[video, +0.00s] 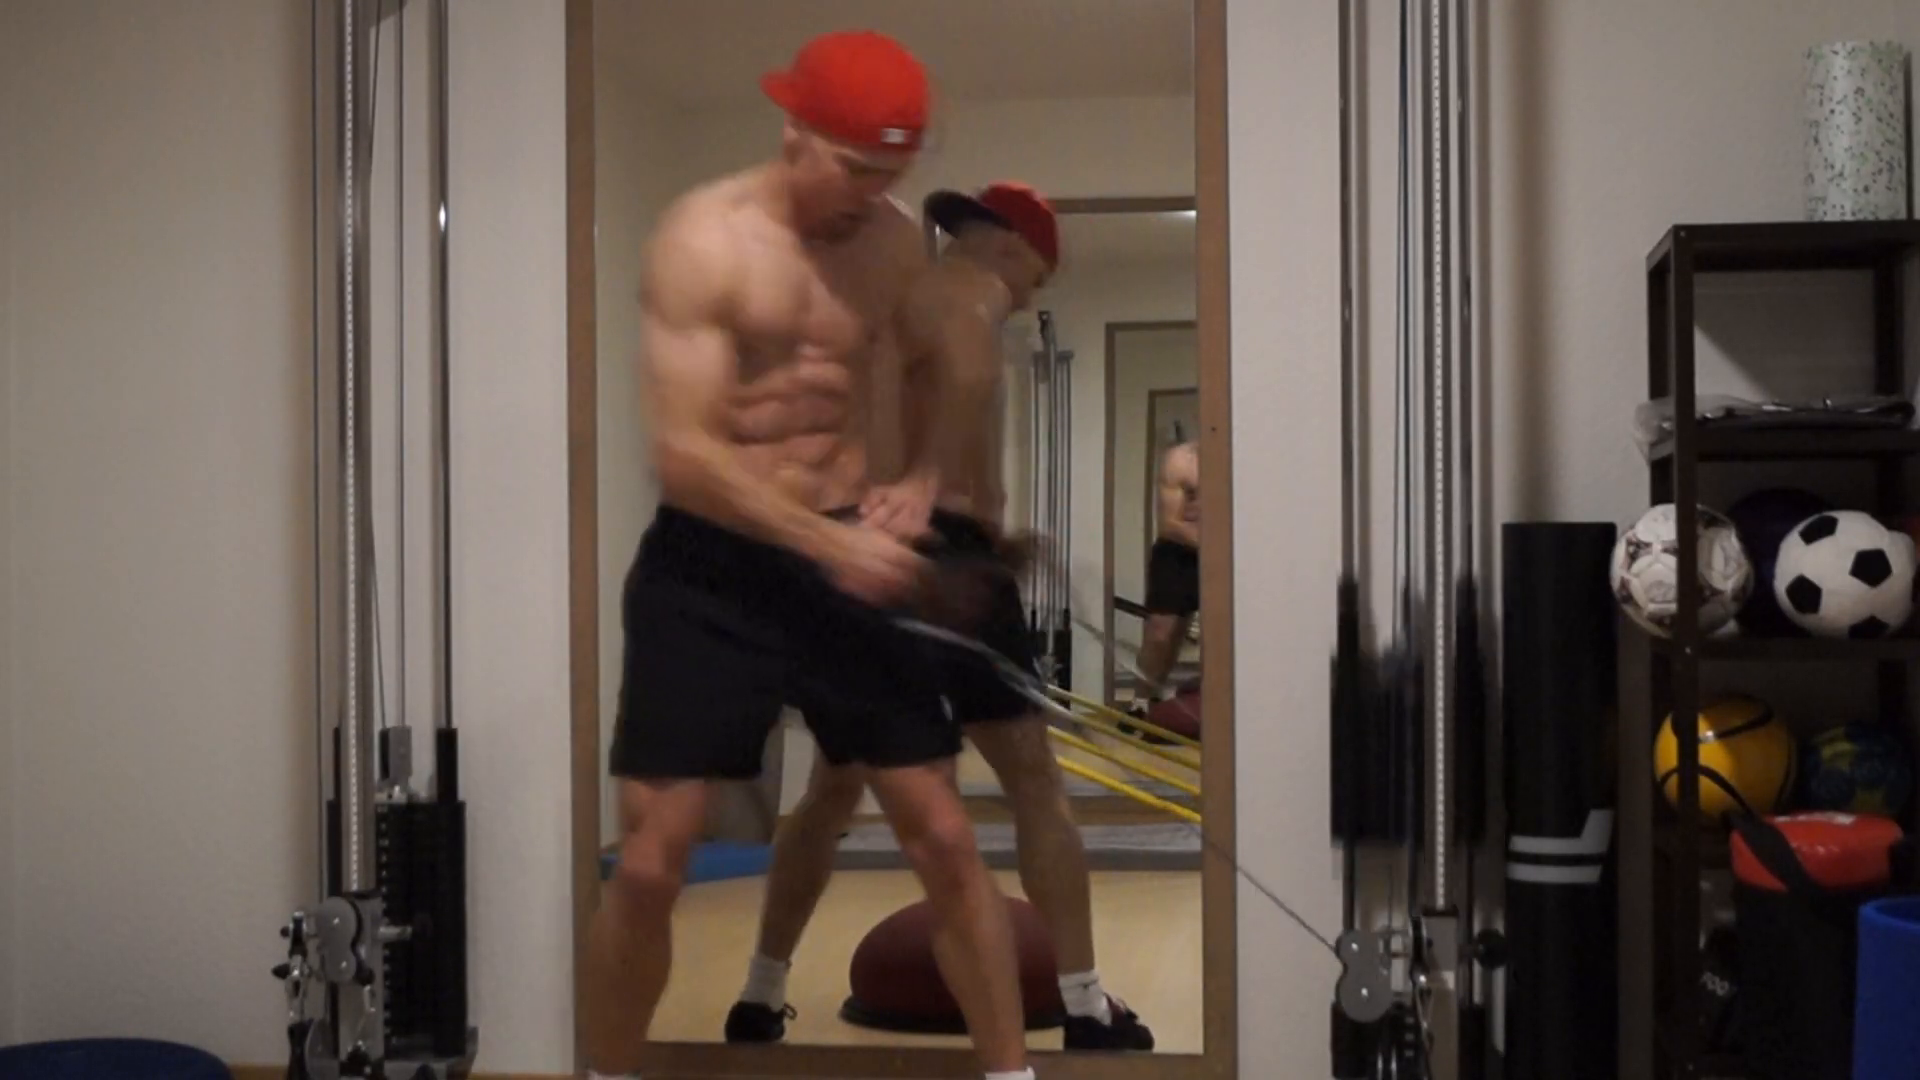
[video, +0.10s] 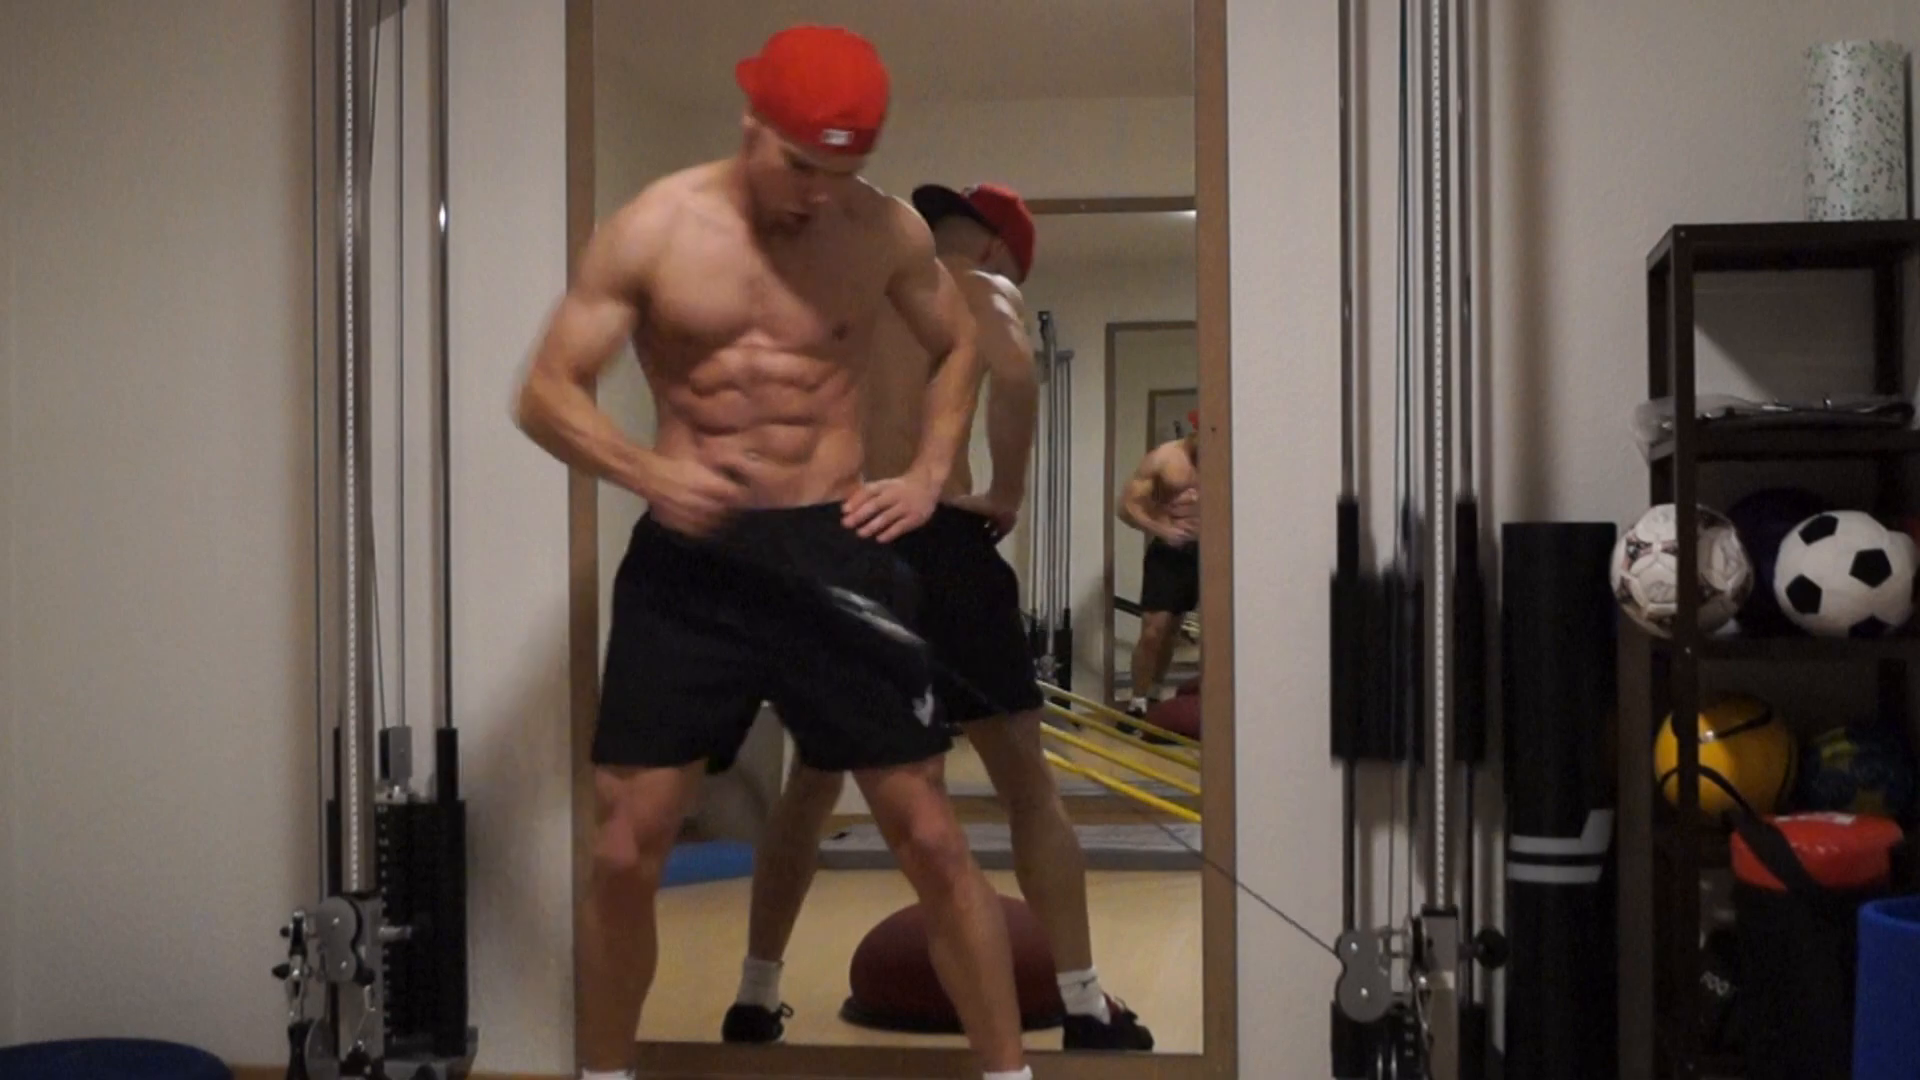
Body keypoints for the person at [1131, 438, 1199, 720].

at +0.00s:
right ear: (1208, 427)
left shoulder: (1231, 460)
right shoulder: (1181, 458)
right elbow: (1170, 523)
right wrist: (1209, 542)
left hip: (1210, 552)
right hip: (1178, 550)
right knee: (1162, 634)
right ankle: (1142, 699)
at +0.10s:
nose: (1209, 440)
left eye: (1214, 433)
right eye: (1206, 431)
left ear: (1219, 435)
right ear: (1194, 429)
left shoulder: (1218, 462)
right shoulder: (1163, 458)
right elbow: (1129, 505)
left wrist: (1208, 518)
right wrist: (1164, 529)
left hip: (1199, 551)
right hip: (1168, 548)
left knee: (1171, 629)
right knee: (1154, 630)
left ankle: (1153, 696)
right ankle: (1138, 701)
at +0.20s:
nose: (1189, 450)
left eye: (1194, 445)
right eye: (1186, 443)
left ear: (1202, 444)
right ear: (1175, 438)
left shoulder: (1205, 464)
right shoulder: (1152, 459)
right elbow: (1110, 486)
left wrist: (1210, 525)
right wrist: (1129, 509)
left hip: (1195, 552)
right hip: (1161, 549)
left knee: (1163, 631)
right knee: (1145, 630)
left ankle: (1151, 694)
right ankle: (1136, 700)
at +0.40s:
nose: (1179, 454)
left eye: (1185, 449)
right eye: (1174, 447)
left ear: (1195, 448)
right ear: (1166, 440)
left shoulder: (1203, 465)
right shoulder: (1148, 458)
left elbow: (1224, 498)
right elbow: (1108, 486)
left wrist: (1207, 521)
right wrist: (1126, 504)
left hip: (1189, 553)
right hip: (1155, 549)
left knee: (1160, 630)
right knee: (1141, 628)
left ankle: (1149, 696)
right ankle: (1134, 702)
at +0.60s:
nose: (1207, 440)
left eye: (1210, 434)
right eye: (1204, 433)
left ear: (1207, 434)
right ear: (1191, 430)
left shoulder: (1212, 461)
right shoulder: (1167, 459)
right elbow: (1140, 511)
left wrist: (1209, 523)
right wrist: (1182, 529)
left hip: (1197, 552)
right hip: (1170, 551)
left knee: (1171, 631)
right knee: (1154, 632)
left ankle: (1150, 696)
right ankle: (1136, 702)